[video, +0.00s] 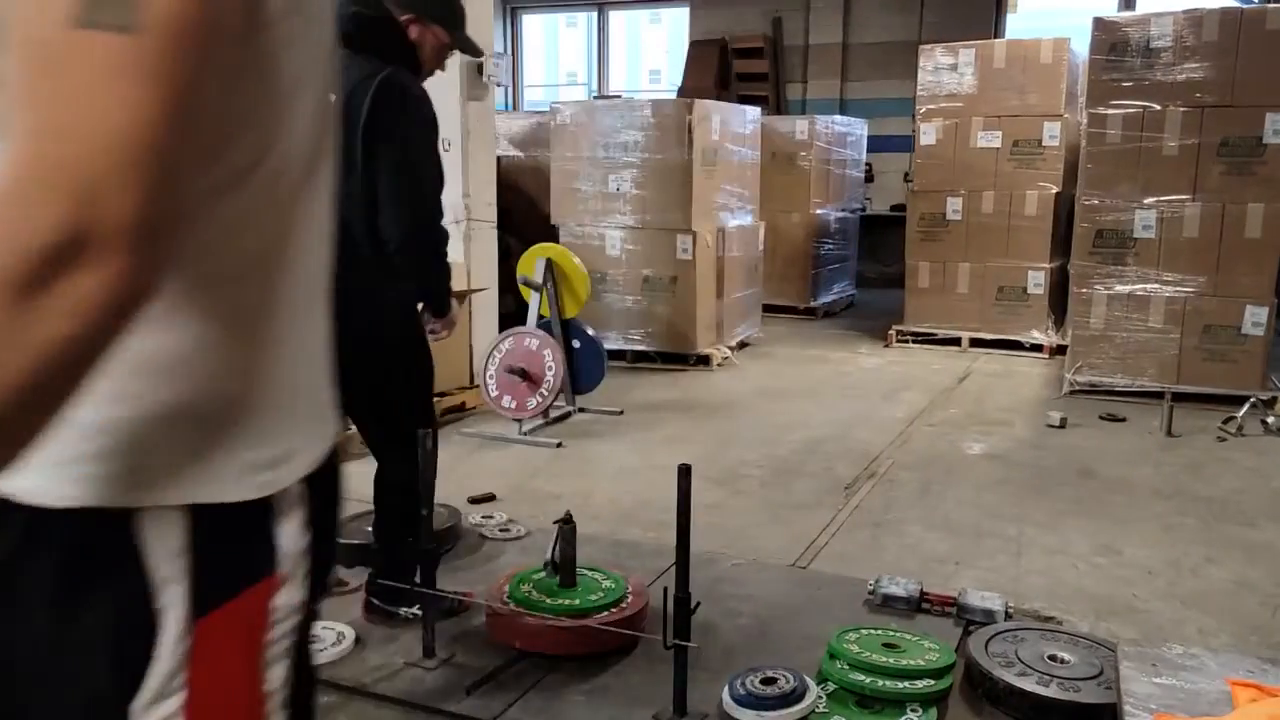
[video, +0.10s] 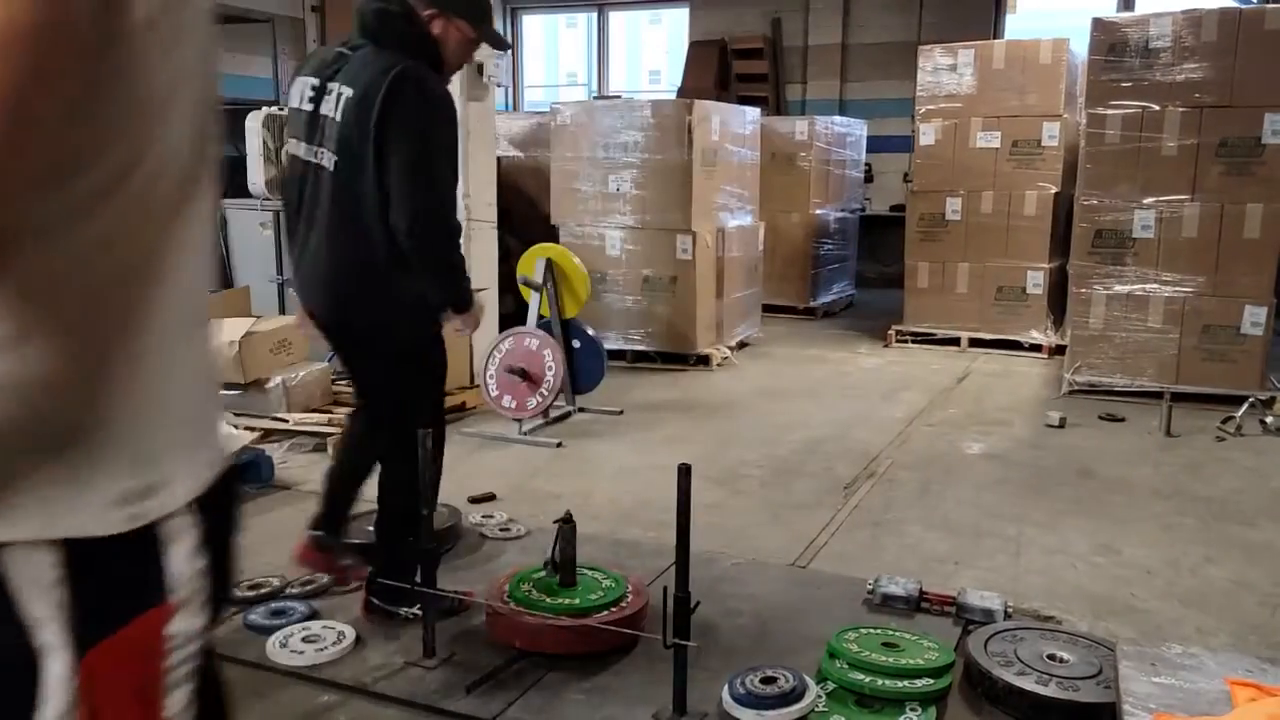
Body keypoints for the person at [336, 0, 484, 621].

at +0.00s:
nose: (445, 60)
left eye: (451, 49)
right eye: (446, 44)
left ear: (402, 24)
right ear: (412, 25)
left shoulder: (325, 73)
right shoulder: (399, 94)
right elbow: (411, 211)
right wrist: (437, 297)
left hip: (310, 292)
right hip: (374, 302)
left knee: (311, 444)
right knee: (405, 443)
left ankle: (315, 571)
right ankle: (399, 585)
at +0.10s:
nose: (471, 57)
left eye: (477, 46)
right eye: (471, 41)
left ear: (425, 17)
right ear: (435, 19)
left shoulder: (326, 65)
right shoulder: (415, 87)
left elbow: (296, 186)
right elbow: (423, 208)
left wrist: (305, 282)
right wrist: (458, 296)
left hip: (328, 285)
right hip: (388, 292)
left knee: (378, 407)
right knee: (415, 427)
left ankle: (325, 533)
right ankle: (396, 583)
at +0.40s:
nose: (526, 73)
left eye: (531, 61)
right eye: (521, 56)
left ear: (483, 39)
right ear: (478, 37)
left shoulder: (471, 97)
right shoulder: (440, 100)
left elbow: (475, 212)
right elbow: (423, 231)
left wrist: (503, 293)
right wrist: (485, 317)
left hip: (469, 305)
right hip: (441, 311)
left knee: (505, 421)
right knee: (454, 438)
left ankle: (541, 529)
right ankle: (397, 584)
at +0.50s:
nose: (542, 81)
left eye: (547, 69)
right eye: (537, 67)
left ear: (510, 53)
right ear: (499, 48)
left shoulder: (512, 108)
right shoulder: (446, 110)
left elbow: (522, 207)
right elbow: (416, 235)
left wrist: (550, 279)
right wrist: (480, 320)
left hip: (517, 300)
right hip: (463, 309)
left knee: (535, 419)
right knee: (475, 438)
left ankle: (552, 532)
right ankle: (402, 572)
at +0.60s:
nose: (553, 80)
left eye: (559, 68)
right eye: (543, 67)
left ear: (560, 57)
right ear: (509, 47)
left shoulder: (552, 104)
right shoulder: (453, 108)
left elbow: (569, 196)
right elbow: (419, 227)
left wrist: (590, 277)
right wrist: (471, 318)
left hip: (544, 294)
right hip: (484, 301)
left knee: (561, 416)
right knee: (499, 431)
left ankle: (553, 530)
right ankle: (427, 549)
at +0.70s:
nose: (556, 78)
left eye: (565, 65)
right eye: (544, 66)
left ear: (575, 45)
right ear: (511, 45)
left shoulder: (580, 101)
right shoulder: (460, 105)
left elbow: (603, 188)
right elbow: (426, 219)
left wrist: (620, 269)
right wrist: (466, 312)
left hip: (558, 290)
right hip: (491, 296)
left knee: (569, 419)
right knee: (506, 422)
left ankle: (551, 532)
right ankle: (480, 545)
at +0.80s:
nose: (550, 77)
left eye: (559, 63)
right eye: (536, 66)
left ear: (573, 40)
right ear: (506, 41)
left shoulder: (597, 98)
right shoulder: (463, 107)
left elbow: (623, 184)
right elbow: (435, 218)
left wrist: (637, 267)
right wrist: (466, 308)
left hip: (570, 290)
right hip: (497, 298)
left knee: (574, 413)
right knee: (510, 426)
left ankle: (557, 523)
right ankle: (526, 544)